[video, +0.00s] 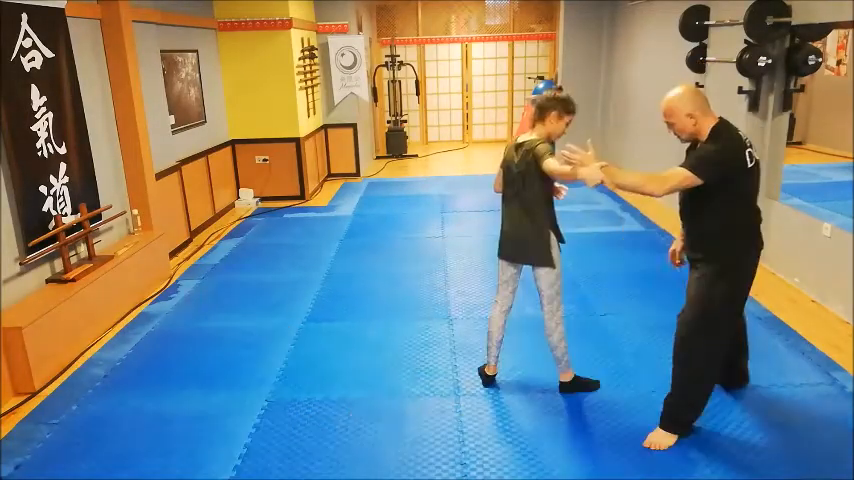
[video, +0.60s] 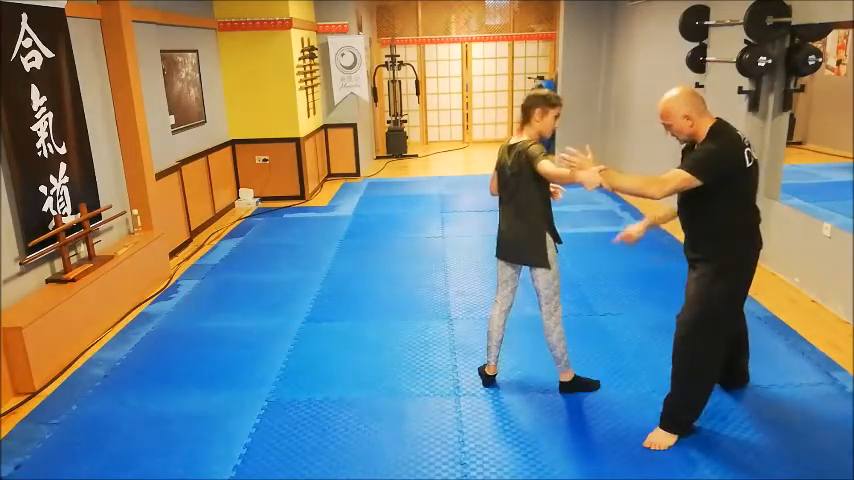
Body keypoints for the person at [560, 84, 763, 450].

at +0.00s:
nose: (671, 131)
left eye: (672, 124)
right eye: (669, 125)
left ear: (693, 116)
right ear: (695, 116)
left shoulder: (719, 151)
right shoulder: (721, 136)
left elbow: (657, 186)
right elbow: (713, 198)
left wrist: (603, 173)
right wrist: (688, 237)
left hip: (724, 258)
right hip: (728, 247)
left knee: (694, 332)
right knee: (726, 313)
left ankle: (676, 422)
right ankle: (732, 372)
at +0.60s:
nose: (669, 133)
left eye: (670, 125)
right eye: (667, 126)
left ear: (690, 117)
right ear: (691, 117)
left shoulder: (717, 150)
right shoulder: (717, 138)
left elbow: (658, 188)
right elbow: (688, 200)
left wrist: (603, 177)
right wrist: (646, 223)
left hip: (722, 258)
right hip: (719, 249)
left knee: (693, 331)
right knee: (726, 313)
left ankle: (676, 422)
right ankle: (733, 373)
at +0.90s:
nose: (667, 135)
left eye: (669, 128)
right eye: (665, 129)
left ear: (691, 121)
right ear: (690, 121)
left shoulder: (719, 153)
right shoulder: (699, 145)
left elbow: (658, 192)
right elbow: (656, 185)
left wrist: (602, 180)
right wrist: (605, 179)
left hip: (724, 260)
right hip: (705, 253)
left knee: (688, 329)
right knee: (722, 312)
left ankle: (668, 421)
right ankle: (731, 372)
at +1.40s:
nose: (649, 138)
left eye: (651, 132)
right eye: (647, 132)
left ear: (673, 125)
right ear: (674, 124)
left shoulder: (705, 157)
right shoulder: (677, 148)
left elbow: (638, 202)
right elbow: (623, 173)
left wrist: (581, 192)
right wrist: (573, 173)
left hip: (707, 272)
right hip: (675, 263)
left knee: (675, 342)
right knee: (659, 316)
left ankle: (668, 423)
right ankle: (697, 367)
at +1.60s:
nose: (638, 138)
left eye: (641, 132)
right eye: (636, 132)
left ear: (665, 125)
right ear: (664, 124)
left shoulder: (694, 159)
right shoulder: (668, 148)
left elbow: (628, 208)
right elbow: (616, 175)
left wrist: (572, 200)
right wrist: (564, 178)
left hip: (700, 273)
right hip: (664, 261)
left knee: (671, 342)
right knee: (630, 317)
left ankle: (669, 425)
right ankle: (639, 385)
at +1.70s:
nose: (632, 139)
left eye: (635, 132)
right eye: (631, 133)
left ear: (659, 125)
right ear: (658, 125)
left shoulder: (688, 161)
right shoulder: (661, 150)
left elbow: (623, 211)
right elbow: (612, 179)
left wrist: (569, 205)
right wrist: (563, 188)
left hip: (695, 271)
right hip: (657, 259)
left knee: (667, 342)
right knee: (619, 318)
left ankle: (668, 425)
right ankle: (605, 389)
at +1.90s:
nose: (613, 146)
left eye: (616, 140)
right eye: (611, 140)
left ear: (640, 132)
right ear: (637, 130)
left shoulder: (673, 165)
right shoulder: (639, 155)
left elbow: (612, 220)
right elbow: (600, 188)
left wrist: (558, 213)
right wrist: (553, 200)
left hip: (678, 274)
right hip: (639, 263)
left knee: (666, 348)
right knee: (603, 327)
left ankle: (667, 426)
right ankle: (571, 393)